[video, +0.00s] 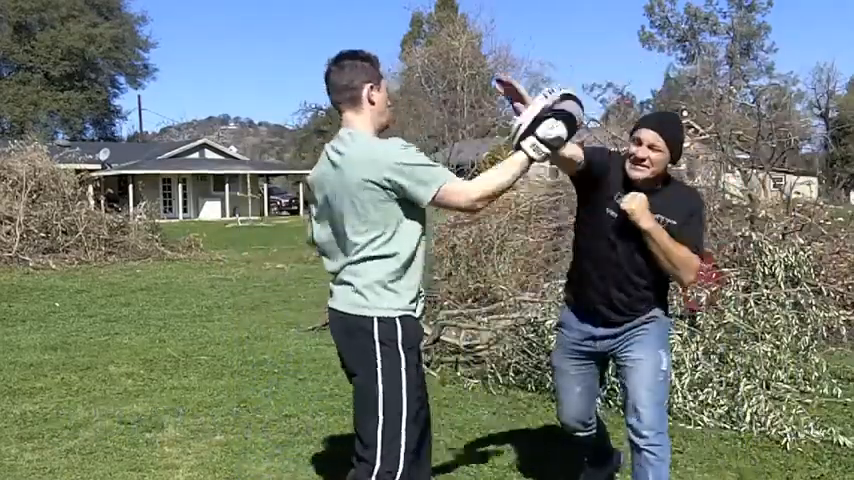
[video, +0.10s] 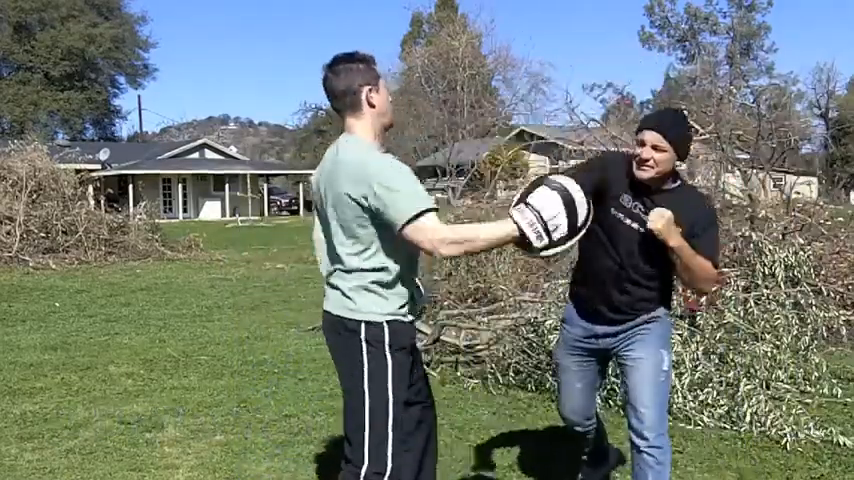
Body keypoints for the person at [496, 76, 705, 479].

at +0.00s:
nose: (640, 153)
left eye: (653, 147)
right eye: (637, 142)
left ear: (672, 157)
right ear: (628, 141)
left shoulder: (685, 200)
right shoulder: (603, 164)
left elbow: (688, 272)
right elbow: (563, 153)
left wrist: (648, 223)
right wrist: (532, 119)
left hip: (642, 325)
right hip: (580, 321)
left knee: (646, 427)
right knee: (574, 420)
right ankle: (604, 462)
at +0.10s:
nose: (644, 155)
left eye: (657, 149)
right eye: (641, 144)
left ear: (679, 157)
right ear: (634, 142)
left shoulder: (694, 207)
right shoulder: (609, 168)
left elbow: (705, 284)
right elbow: (553, 197)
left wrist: (675, 240)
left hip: (644, 326)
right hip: (583, 319)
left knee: (648, 431)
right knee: (574, 414)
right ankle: (599, 456)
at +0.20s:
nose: (644, 144)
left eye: (657, 139)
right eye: (642, 134)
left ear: (682, 149)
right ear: (637, 133)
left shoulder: (703, 203)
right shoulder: (607, 168)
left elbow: (707, 281)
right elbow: (567, 214)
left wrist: (670, 237)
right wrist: (548, 244)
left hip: (651, 326)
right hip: (590, 318)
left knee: (650, 436)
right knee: (579, 409)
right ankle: (602, 461)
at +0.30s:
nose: (633, 133)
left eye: (645, 127)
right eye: (632, 124)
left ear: (674, 138)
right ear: (631, 126)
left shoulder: (698, 199)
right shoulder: (621, 170)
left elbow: (689, 276)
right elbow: (596, 216)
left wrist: (638, 224)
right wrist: (580, 227)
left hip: (658, 327)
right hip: (604, 316)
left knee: (647, 434)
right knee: (590, 400)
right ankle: (638, 456)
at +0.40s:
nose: (632, 131)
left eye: (643, 125)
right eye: (632, 123)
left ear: (673, 135)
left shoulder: (684, 195)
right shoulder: (640, 173)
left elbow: (640, 263)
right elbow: (624, 237)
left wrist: (602, 210)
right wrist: (595, 212)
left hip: (666, 316)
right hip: (628, 313)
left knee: (646, 426)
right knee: (620, 407)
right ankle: (692, 467)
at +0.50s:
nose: (630, 136)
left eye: (636, 127)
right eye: (630, 128)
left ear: (658, 129)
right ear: (668, 130)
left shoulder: (672, 176)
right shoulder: (661, 174)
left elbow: (595, 190)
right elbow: (623, 224)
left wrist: (627, 140)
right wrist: (614, 160)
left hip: (672, 312)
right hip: (665, 310)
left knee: (636, 416)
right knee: (682, 415)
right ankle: (717, 475)